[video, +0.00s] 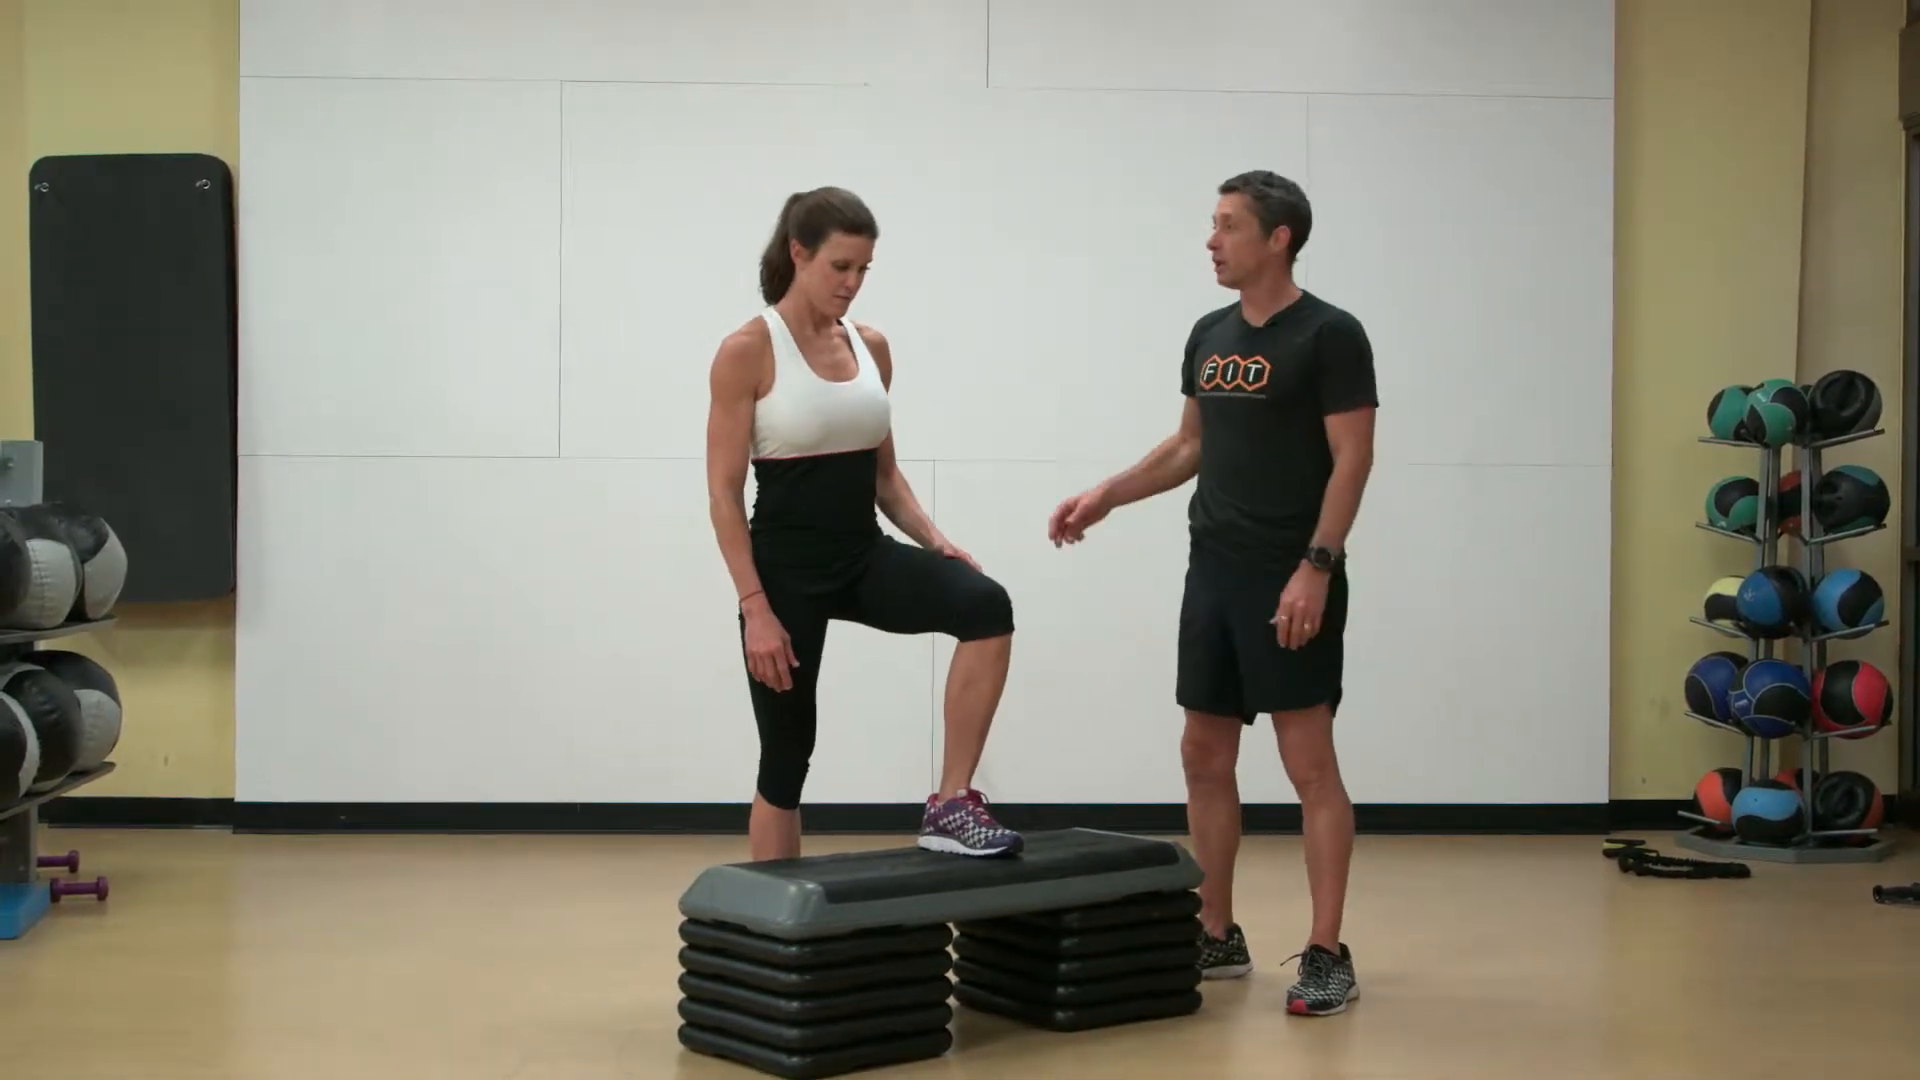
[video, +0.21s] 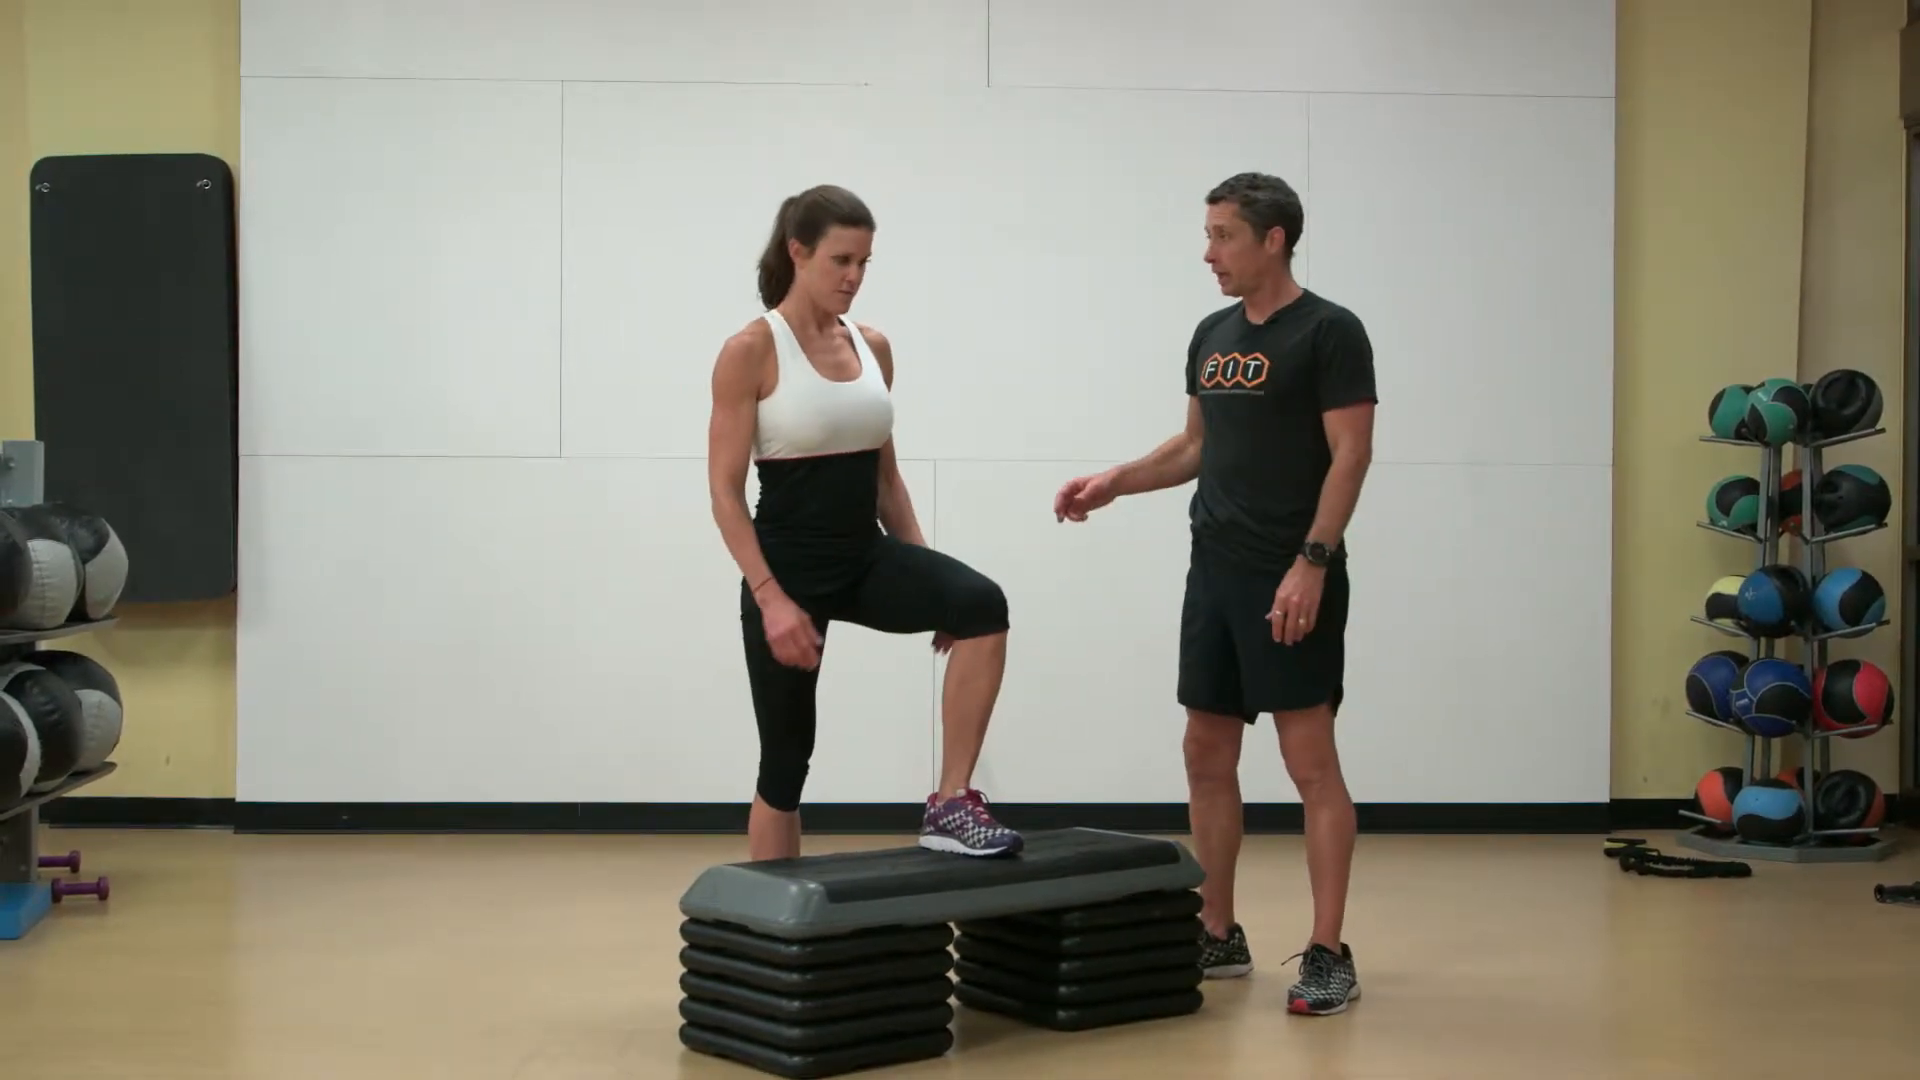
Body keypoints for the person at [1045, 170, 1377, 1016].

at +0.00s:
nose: (1211, 242)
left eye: (1227, 228)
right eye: (1213, 227)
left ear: (1279, 239)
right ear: (1244, 238)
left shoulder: (1332, 335)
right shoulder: (1210, 334)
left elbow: (1353, 460)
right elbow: (1191, 445)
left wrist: (1317, 564)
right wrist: (1106, 494)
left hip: (1293, 574)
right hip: (1214, 572)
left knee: (1309, 762)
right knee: (1204, 754)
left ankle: (1326, 950)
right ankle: (1217, 935)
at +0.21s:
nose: (1210, 251)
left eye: (1223, 237)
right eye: (1208, 237)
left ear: (1275, 240)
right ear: (1226, 242)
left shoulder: (1331, 331)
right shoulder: (1213, 334)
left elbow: (1351, 457)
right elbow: (1195, 447)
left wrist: (1312, 561)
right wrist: (1115, 480)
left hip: (1294, 573)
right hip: (1215, 572)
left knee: (1310, 761)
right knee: (1206, 753)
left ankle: (1327, 949)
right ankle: (1218, 933)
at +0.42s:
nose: (1204, 254)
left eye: (1216, 239)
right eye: (1201, 239)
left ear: (1268, 241)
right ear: (1225, 245)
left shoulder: (1332, 331)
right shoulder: (1210, 335)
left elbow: (1357, 456)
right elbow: (1195, 449)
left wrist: (1329, 563)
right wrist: (1118, 481)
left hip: (1296, 577)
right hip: (1217, 575)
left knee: (1314, 763)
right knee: (1209, 751)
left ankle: (1328, 949)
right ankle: (1218, 932)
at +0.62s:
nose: (1206, 256)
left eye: (1218, 241)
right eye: (1202, 242)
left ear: (1269, 241)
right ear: (1216, 247)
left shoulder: (1333, 332)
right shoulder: (1210, 335)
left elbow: (1363, 457)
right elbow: (1194, 449)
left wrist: (1345, 570)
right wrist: (1119, 481)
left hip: (1298, 579)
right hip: (1218, 575)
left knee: (1316, 762)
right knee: (1209, 753)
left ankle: (1329, 949)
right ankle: (1220, 932)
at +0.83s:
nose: (1210, 268)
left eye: (1220, 253)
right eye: (1203, 255)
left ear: (1272, 244)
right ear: (1211, 255)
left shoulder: (1336, 333)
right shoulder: (1209, 338)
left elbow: (1365, 457)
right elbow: (1190, 450)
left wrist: (1344, 568)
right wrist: (1117, 480)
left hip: (1300, 578)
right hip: (1217, 573)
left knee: (1316, 764)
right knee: (1207, 752)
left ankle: (1330, 948)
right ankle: (1219, 933)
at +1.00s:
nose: (1217, 274)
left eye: (1228, 258)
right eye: (1208, 260)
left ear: (1274, 245)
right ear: (1205, 257)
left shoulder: (1337, 333)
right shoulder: (1208, 338)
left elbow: (1365, 454)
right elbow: (1189, 450)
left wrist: (1339, 563)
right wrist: (1118, 480)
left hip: (1299, 575)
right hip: (1216, 571)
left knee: (1316, 762)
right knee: (1207, 752)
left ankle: (1330, 948)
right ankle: (1219, 933)